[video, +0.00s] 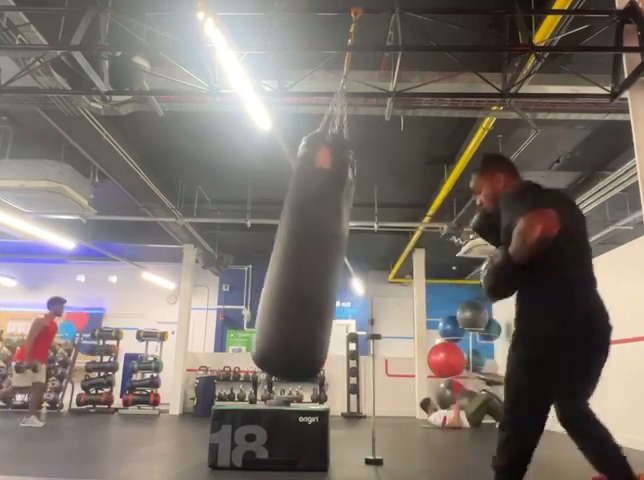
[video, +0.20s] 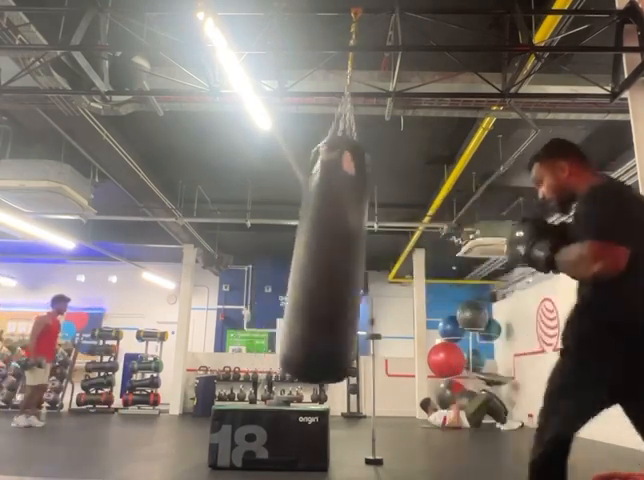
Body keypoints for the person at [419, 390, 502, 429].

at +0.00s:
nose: (434, 404)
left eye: (433, 402)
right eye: (432, 403)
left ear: (427, 408)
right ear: (429, 407)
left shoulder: (436, 414)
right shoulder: (435, 418)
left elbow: (452, 417)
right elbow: (455, 422)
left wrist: (456, 407)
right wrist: (456, 407)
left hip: (466, 414)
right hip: (468, 419)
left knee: (484, 398)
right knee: (486, 397)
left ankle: (503, 418)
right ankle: (504, 418)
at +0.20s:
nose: (435, 404)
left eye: (433, 403)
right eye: (432, 403)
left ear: (427, 408)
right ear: (429, 407)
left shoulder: (437, 414)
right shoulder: (434, 418)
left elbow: (452, 418)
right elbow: (455, 422)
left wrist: (457, 406)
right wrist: (455, 406)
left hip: (466, 414)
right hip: (468, 419)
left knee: (485, 395)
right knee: (486, 397)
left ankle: (502, 420)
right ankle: (504, 422)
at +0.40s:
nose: (435, 404)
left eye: (433, 403)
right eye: (432, 403)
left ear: (427, 408)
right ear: (429, 406)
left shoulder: (437, 414)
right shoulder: (434, 418)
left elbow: (452, 418)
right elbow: (455, 422)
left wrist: (457, 407)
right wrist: (455, 406)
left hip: (466, 414)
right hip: (468, 419)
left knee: (485, 395)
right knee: (486, 397)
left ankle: (502, 419)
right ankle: (503, 422)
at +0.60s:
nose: (435, 404)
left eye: (433, 402)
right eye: (432, 403)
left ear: (427, 408)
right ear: (429, 406)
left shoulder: (437, 414)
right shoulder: (434, 418)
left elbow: (452, 418)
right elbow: (455, 423)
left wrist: (456, 406)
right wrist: (454, 406)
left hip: (467, 414)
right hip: (468, 419)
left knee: (485, 394)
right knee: (486, 398)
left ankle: (504, 418)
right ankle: (503, 422)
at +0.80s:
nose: (434, 404)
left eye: (433, 403)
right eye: (432, 403)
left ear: (427, 408)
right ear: (429, 406)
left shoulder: (436, 414)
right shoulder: (435, 418)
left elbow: (452, 418)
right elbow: (455, 422)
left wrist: (456, 407)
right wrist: (454, 407)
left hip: (466, 414)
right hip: (468, 419)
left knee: (485, 395)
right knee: (486, 398)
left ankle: (503, 418)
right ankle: (503, 422)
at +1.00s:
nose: (434, 405)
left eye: (433, 404)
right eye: (432, 404)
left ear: (426, 409)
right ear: (428, 407)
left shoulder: (436, 414)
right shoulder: (435, 418)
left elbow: (452, 418)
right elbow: (455, 422)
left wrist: (455, 407)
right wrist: (454, 407)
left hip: (466, 414)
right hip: (468, 419)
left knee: (485, 395)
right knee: (486, 397)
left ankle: (502, 419)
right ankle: (503, 422)